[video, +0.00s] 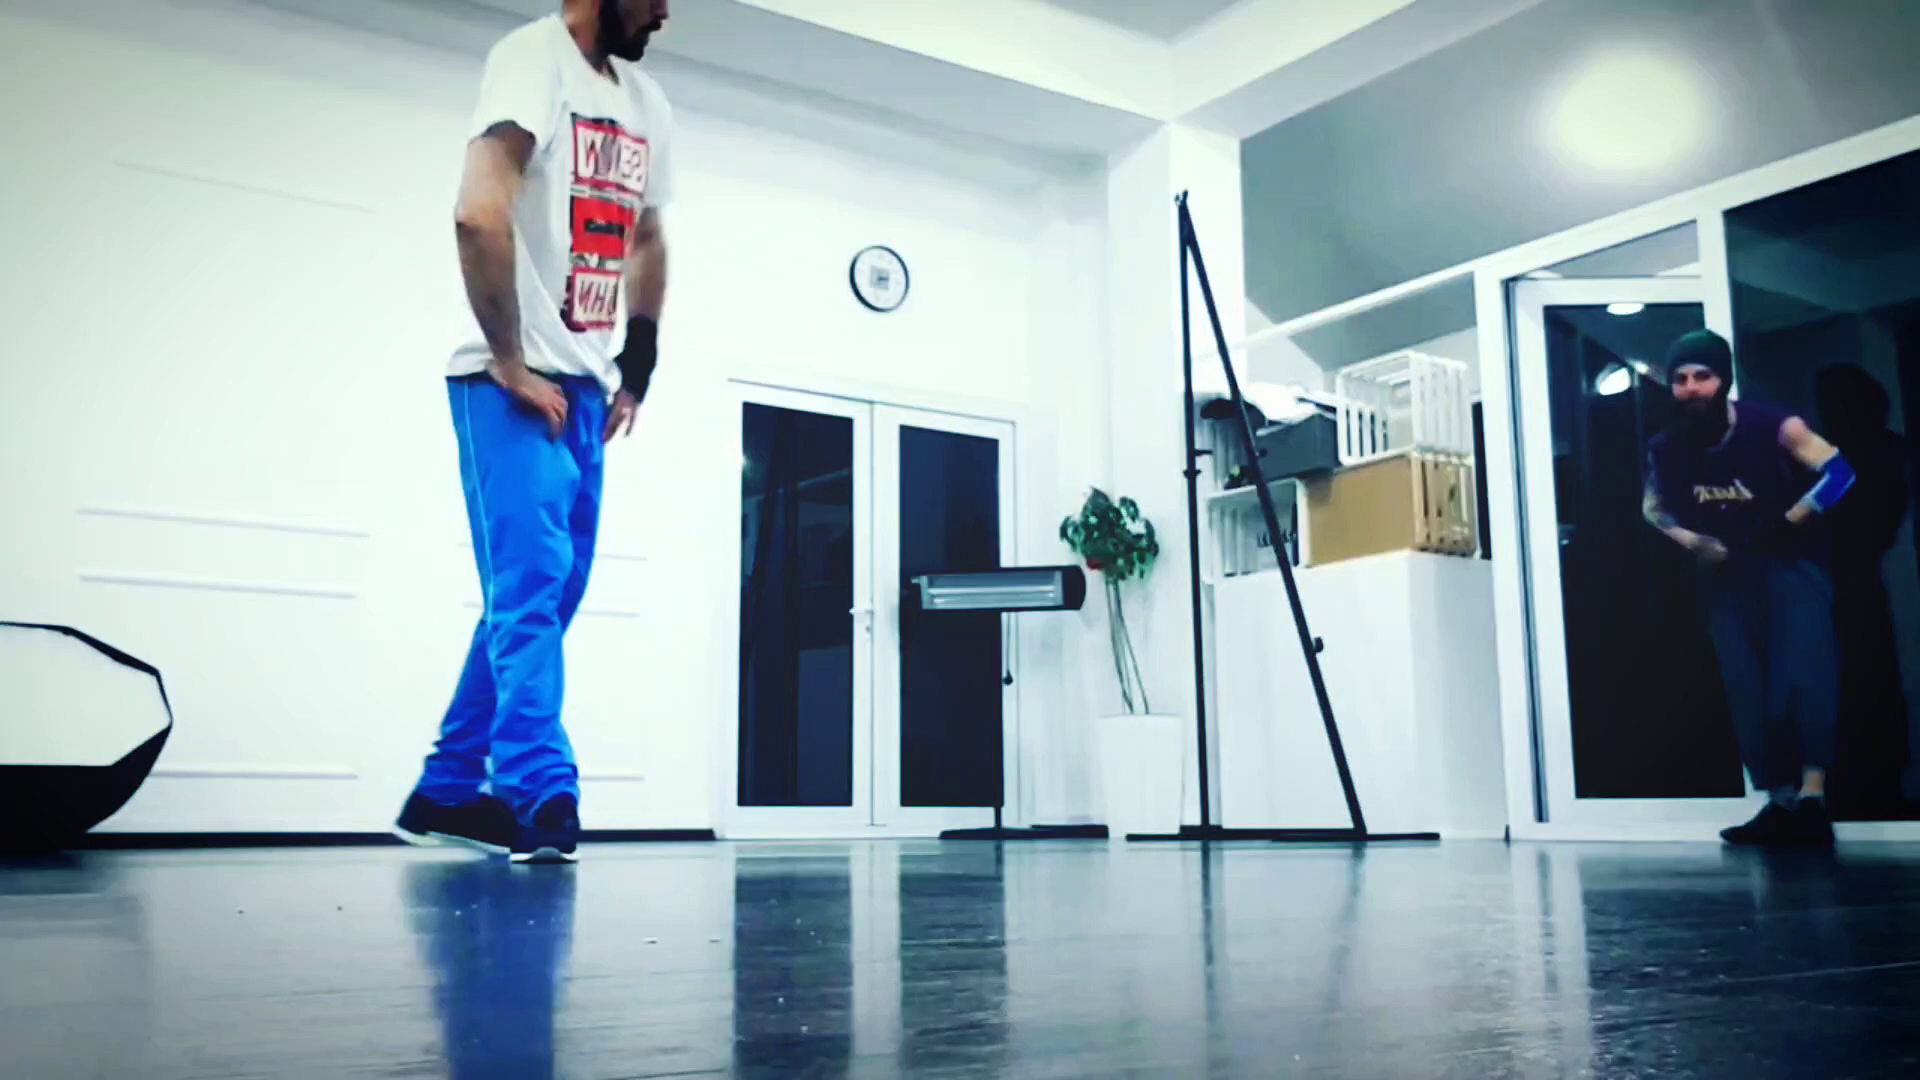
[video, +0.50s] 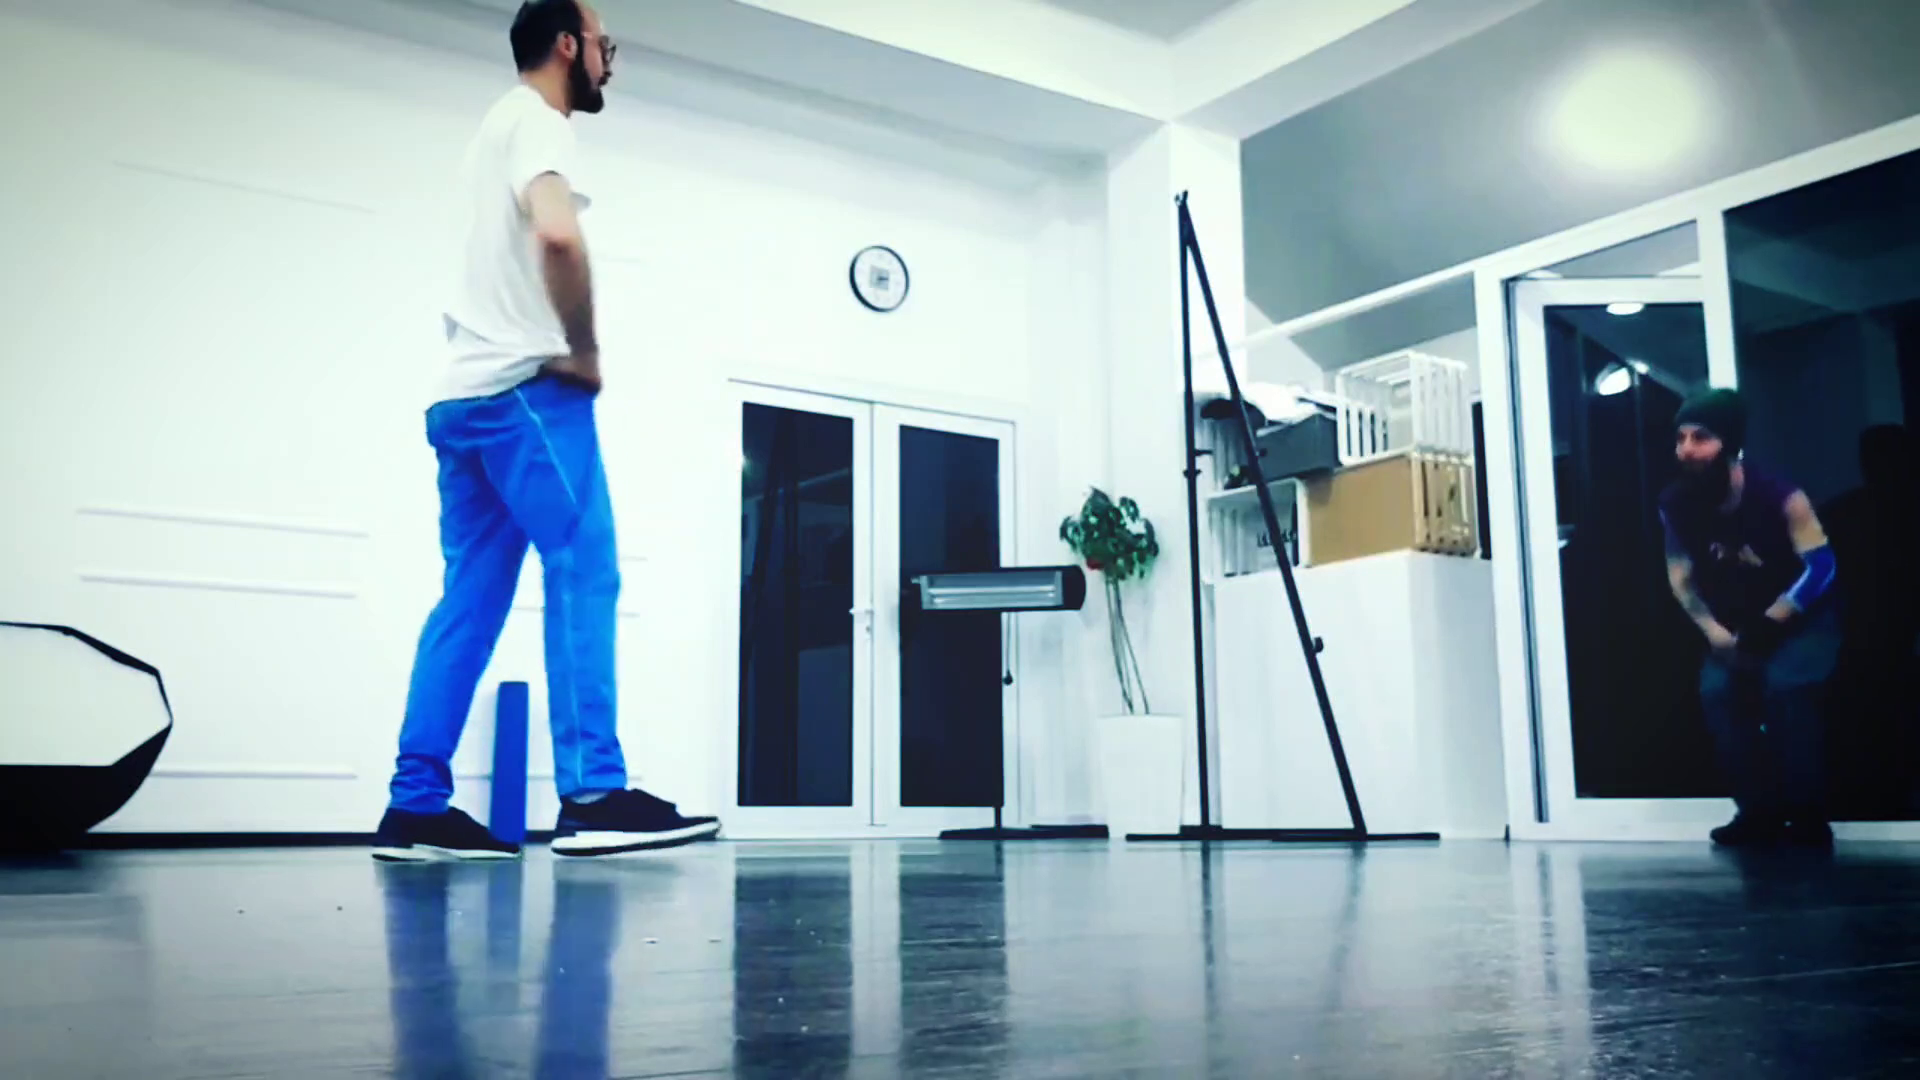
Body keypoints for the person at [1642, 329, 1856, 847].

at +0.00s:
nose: (1688, 388)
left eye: (1700, 377)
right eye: (1680, 379)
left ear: (1724, 381)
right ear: (1670, 387)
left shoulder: (1769, 425)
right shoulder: (1666, 449)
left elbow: (1839, 471)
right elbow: (1652, 510)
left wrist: (1801, 510)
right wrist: (1691, 539)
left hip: (1791, 570)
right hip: (1728, 577)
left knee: (1805, 674)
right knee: (1746, 687)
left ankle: (1812, 802)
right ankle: (1778, 804)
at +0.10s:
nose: (1691, 395)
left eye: (1702, 383)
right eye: (1682, 386)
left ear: (1727, 386)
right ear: (1673, 393)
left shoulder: (1773, 430)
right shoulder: (1668, 453)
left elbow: (1840, 481)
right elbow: (1653, 514)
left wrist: (1802, 518)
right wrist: (1692, 542)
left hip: (1792, 575)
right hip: (1729, 581)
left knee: (1805, 679)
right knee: (1742, 688)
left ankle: (1812, 803)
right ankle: (1776, 803)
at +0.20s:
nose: (1689, 404)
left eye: (1702, 391)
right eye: (1683, 394)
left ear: (1730, 394)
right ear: (1676, 400)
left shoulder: (1781, 443)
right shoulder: (1675, 460)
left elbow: (1839, 498)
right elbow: (1661, 524)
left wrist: (1800, 539)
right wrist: (1702, 558)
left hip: (1794, 587)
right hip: (1729, 593)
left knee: (1803, 689)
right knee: (1737, 694)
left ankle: (1811, 806)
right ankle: (1773, 802)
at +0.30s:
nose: (1690, 413)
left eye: (1702, 401)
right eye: (1684, 403)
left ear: (1731, 403)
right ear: (1677, 409)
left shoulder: (1781, 455)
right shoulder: (1679, 470)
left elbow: (1839, 514)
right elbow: (1668, 539)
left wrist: (1804, 555)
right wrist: (1707, 577)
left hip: (1793, 599)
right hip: (1731, 604)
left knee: (1798, 692)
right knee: (1722, 690)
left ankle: (1811, 814)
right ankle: (1768, 800)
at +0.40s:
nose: (1689, 428)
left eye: (1702, 416)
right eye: (1684, 417)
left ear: (1730, 420)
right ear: (1678, 423)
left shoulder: (1780, 470)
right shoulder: (1679, 483)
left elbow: (1830, 538)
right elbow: (1678, 557)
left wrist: (1784, 592)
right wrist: (1713, 608)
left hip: (1794, 606)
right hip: (1732, 611)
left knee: (1790, 684)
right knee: (1719, 685)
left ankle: (1808, 815)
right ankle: (1758, 804)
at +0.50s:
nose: (1686, 450)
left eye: (1700, 438)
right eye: (1681, 438)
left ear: (1729, 444)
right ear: (1674, 442)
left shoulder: (1778, 494)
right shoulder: (1677, 505)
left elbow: (1821, 566)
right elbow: (1681, 583)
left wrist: (1773, 619)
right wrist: (1715, 632)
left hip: (1797, 618)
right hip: (1734, 624)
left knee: (1786, 685)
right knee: (1716, 689)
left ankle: (1806, 816)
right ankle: (1755, 810)